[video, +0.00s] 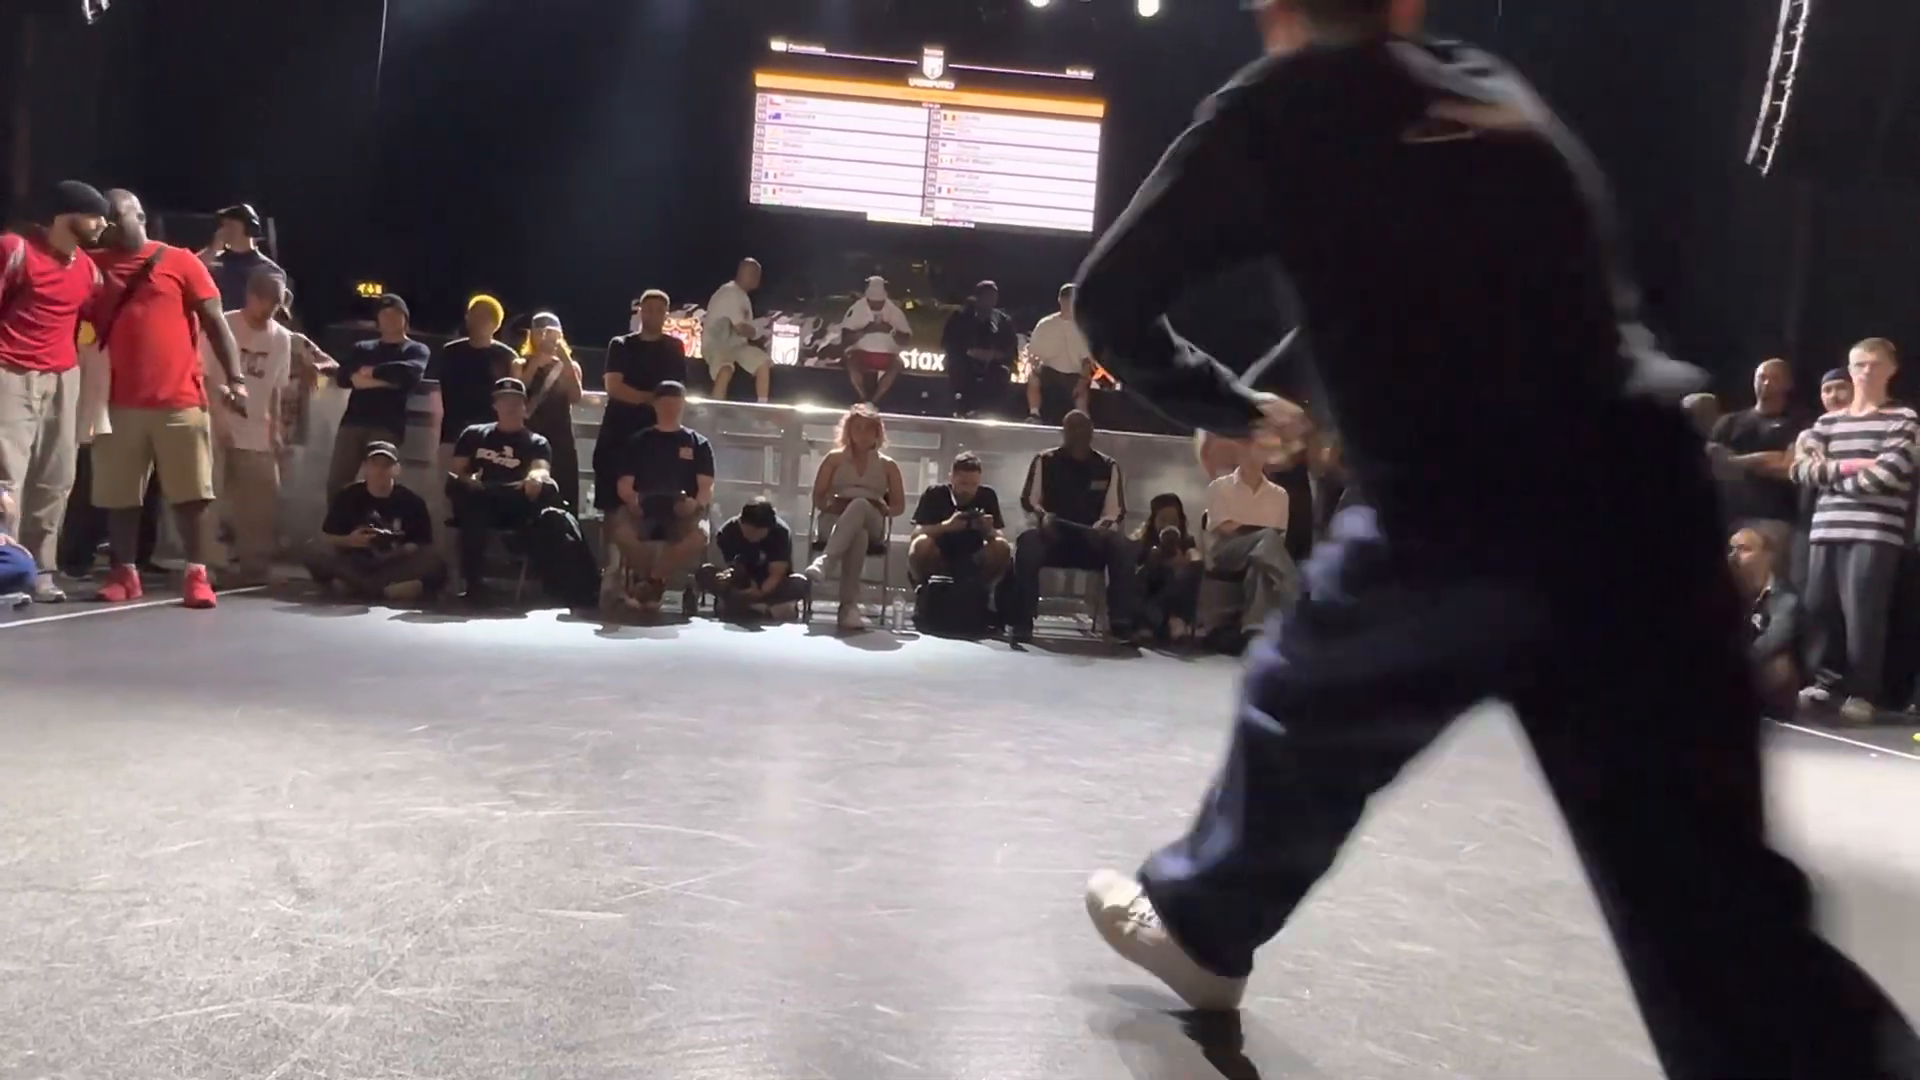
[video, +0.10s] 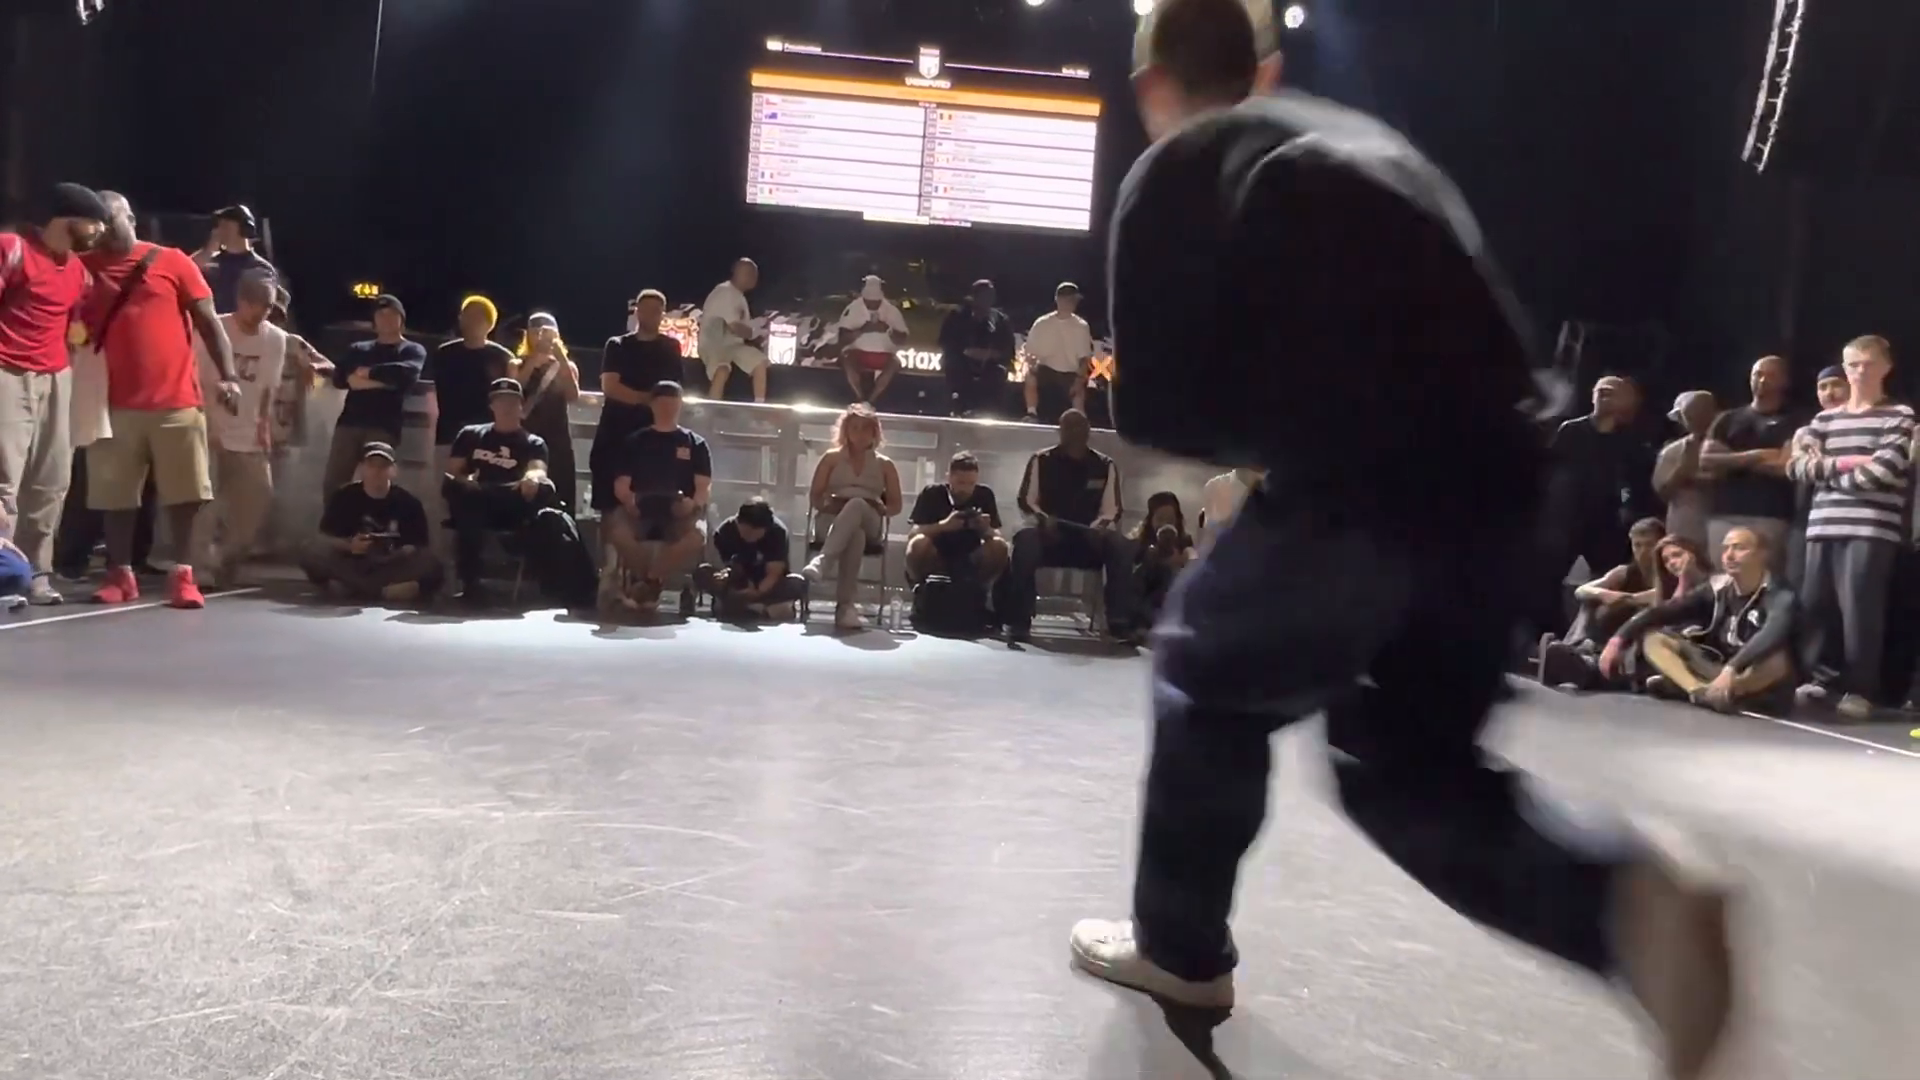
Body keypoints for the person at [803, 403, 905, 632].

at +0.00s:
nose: (864, 434)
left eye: (870, 428)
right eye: (858, 428)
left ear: (878, 433)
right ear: (848, 431)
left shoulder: (888, 466)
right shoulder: (834, 459)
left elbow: (898, 506)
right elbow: (819, 499)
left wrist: (881, 509)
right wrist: (839, 506)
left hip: (873, 526)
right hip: (833, 521)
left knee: (859, 504)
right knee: (859, 535)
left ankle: (825, 561)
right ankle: (848, 607)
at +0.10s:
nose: (860, 434)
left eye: (866, 429)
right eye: (854, 428)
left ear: (875, 433)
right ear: (845, 431)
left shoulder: (884, 465)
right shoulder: (831, 459)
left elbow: (895, 506)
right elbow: (816, 499)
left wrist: (876, 508)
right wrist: (838, 506)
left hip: (870, 526)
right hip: (831, 522)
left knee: (856, 504)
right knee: (856, 534)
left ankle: (822, 560)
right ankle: (845, 607)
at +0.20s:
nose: (860, 434)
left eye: (866, 429)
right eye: (854, 428)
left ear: (873, 433)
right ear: (843, 431)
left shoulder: (882, 465)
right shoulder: (829, 459)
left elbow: (894, 505)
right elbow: (814, 497)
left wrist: (875, 509)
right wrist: (832, 506)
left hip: (868, 526)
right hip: (829, 522)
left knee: (854, 504)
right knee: (854, 535)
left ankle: (819, 562)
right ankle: (844, 607)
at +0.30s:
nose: (859, 435)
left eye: (864, 429)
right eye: (853, 429)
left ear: (870, 434)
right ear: (841, 432)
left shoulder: (880, 466)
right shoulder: (826, 460)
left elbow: (890, 507)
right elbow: (811, 499)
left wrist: (869, 508)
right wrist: (832, 507)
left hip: (866, 527)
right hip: (826, 523)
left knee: (851, 505)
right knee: (851, 534)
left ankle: (817, 562)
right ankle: (841, 608)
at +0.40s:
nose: (856, 436)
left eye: (860, 430)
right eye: (850, 430)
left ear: (867, 435)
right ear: (838, 434)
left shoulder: (877, 467)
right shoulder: (823, 461)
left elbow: (887, 508)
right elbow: (807, 499)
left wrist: (864, 508)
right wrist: (830, 509)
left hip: (863, 528)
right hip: (823, 523)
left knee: (849, 506)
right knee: (848, 535)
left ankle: (815, 562)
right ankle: (838, 609)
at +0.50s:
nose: (853, 439)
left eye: (858, 433)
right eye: (847, 433)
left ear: (866, 438)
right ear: (836, 436)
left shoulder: (876, 470)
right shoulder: (822, 464)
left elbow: (886, 511)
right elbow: (808, 505)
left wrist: (863, 510)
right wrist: (835, 513)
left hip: (862, 531)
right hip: (823, 526)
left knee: (847, 509)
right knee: (847, 538)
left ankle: (814, 565)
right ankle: (838, 612)